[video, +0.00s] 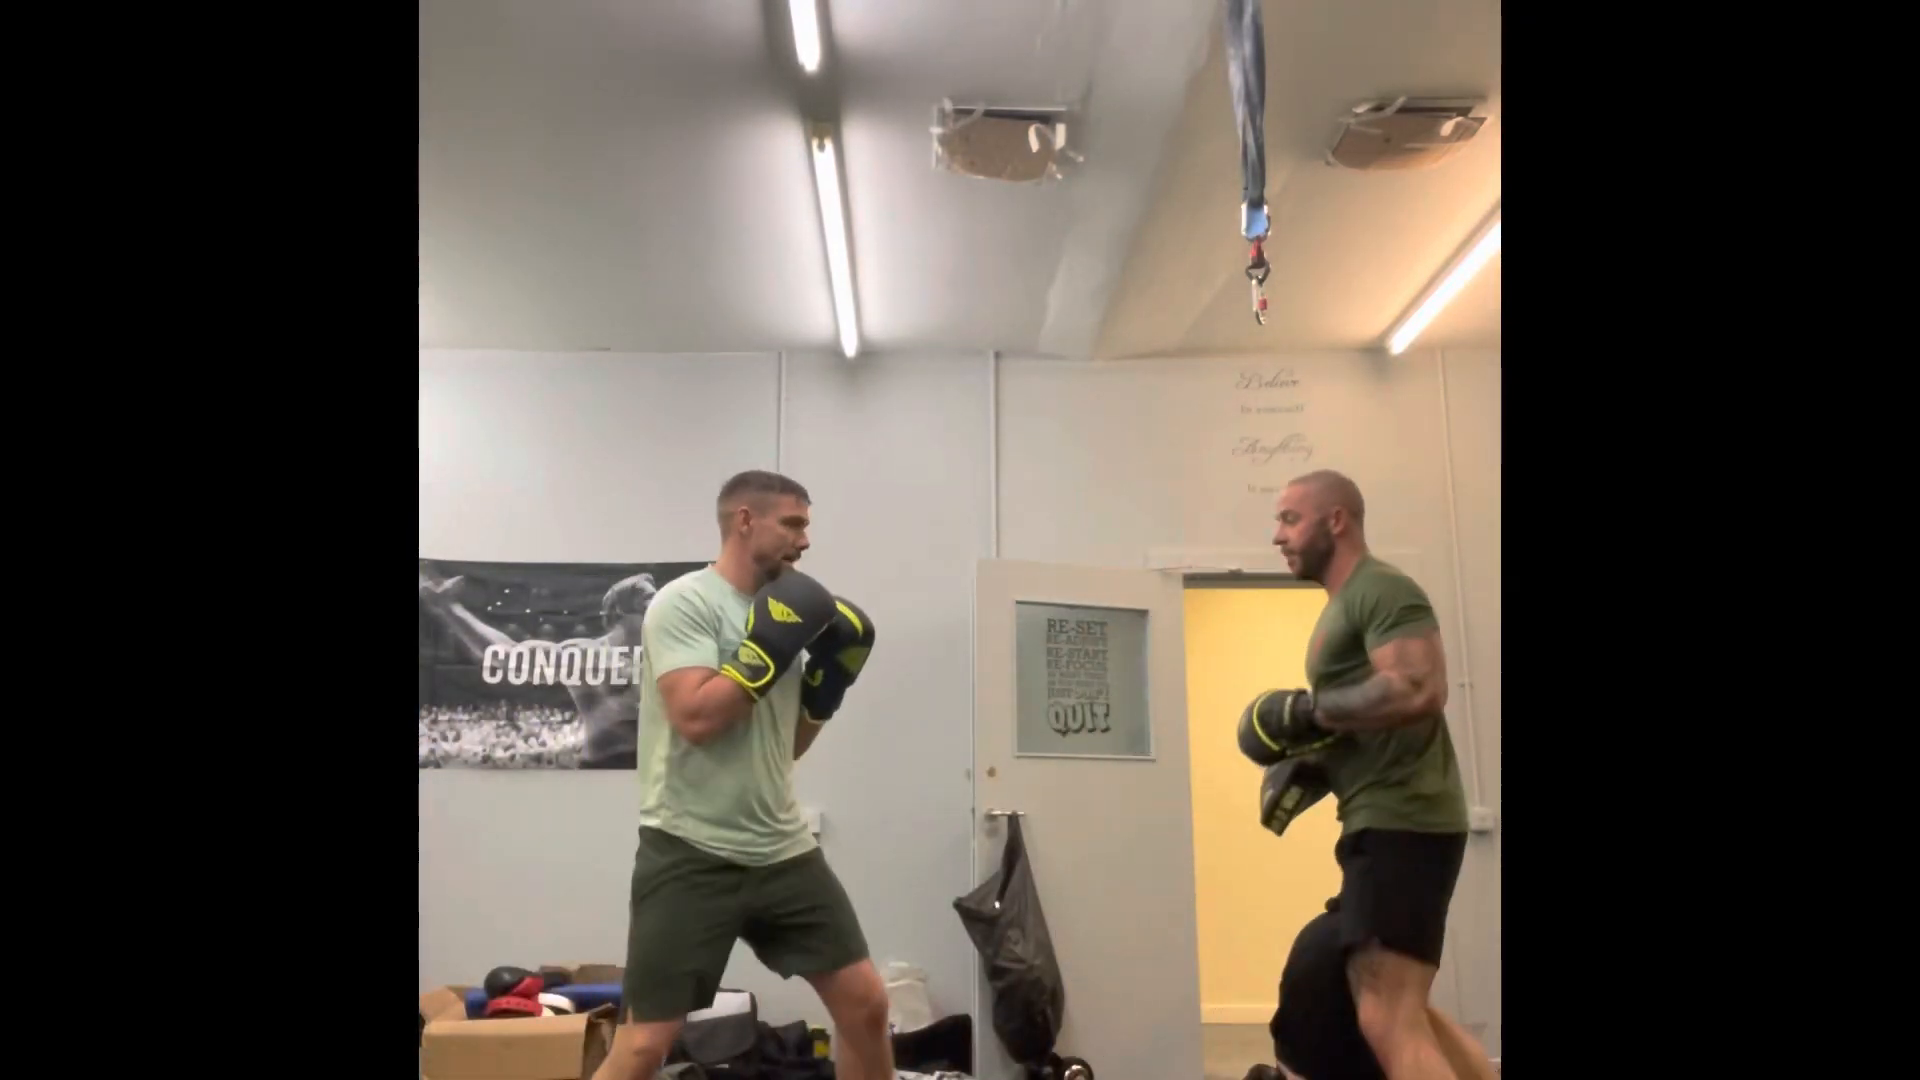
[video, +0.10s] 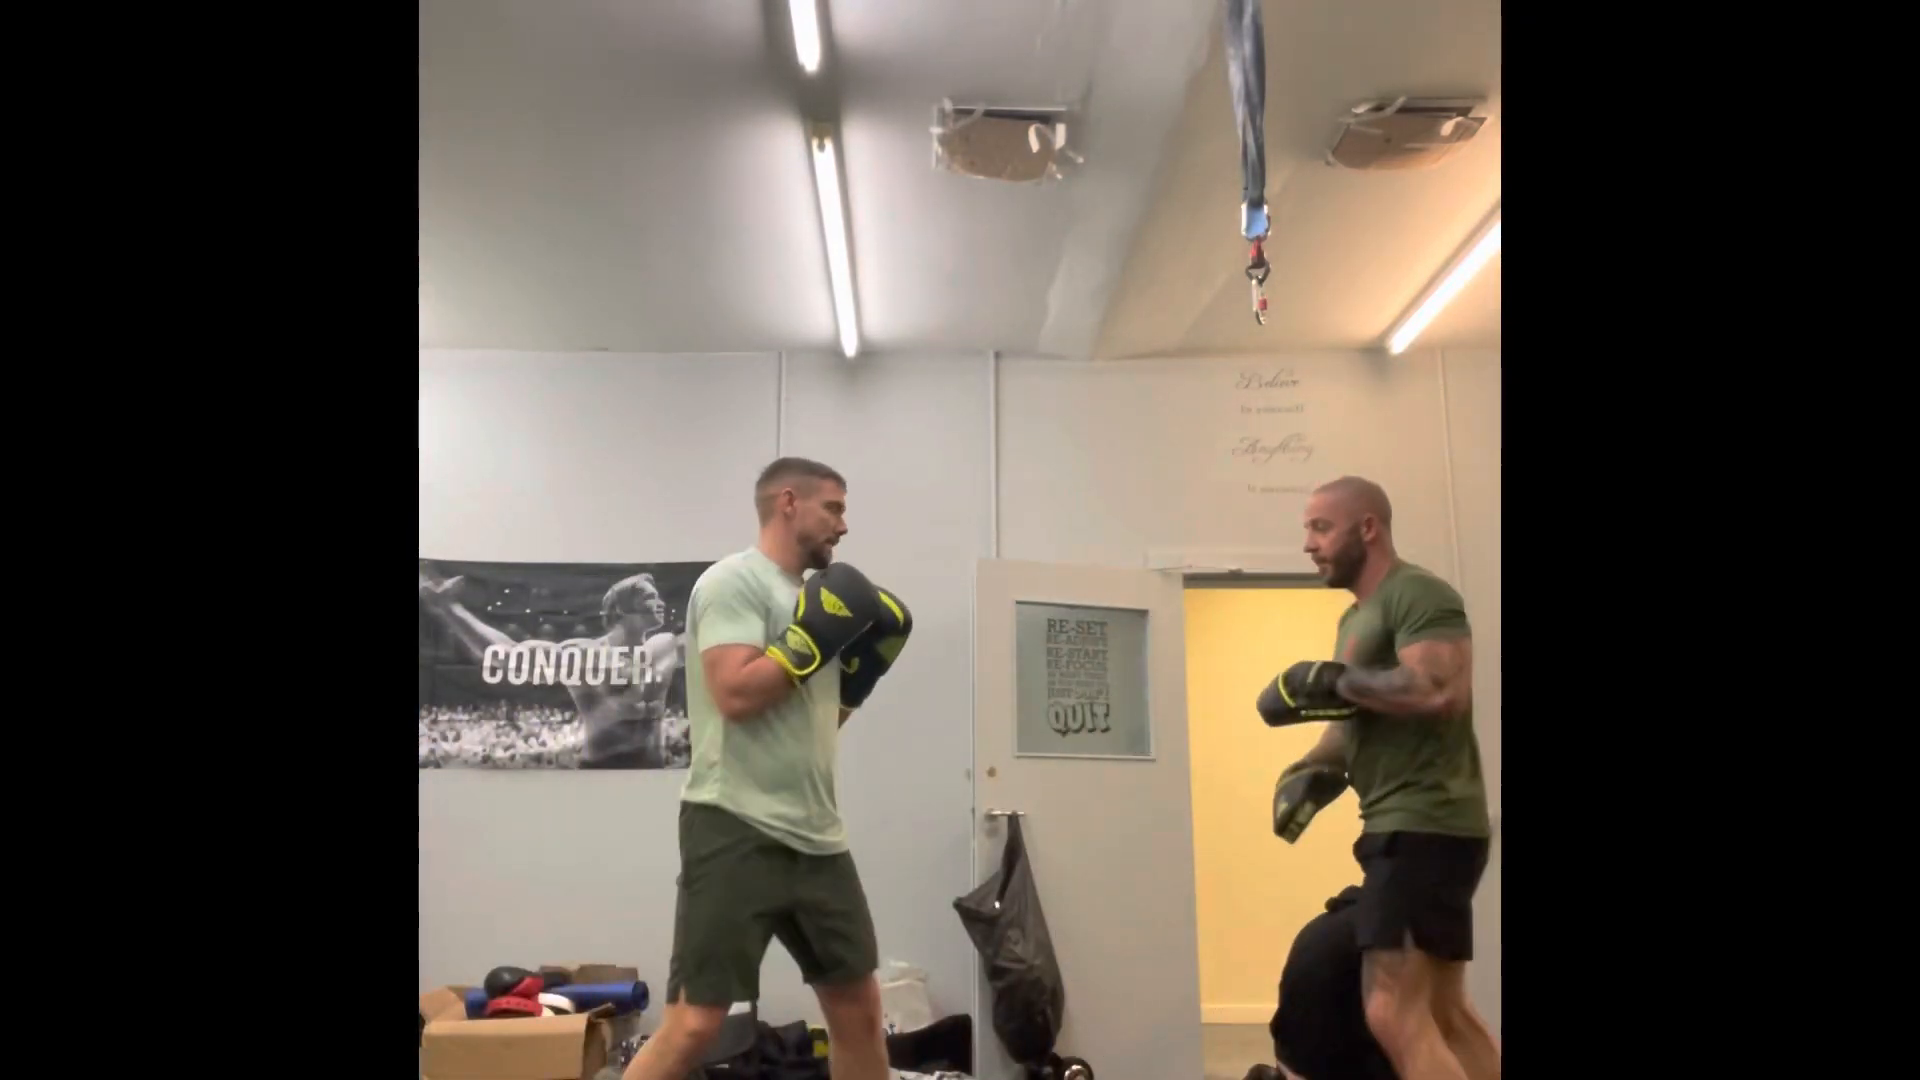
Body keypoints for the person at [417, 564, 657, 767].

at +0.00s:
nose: (656, 609)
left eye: (655, 602)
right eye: (647, 603)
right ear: (620, 612)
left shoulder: (665, 651)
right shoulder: (581, 655)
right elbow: (508, 653)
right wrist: (448, 607)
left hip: (657, 763)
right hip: (607, 764)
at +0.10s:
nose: (660, 604)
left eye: (658, 598)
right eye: (649, 599)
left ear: (658, 606)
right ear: (621, 611)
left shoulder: (666, 647)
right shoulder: (580, 655)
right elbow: (508, 654)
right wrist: (449, 609)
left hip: (652, 772)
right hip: (601, 772)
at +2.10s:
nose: (662, 608)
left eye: (660, 601)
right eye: (651, 602)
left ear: (652, 611)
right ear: (623, 613)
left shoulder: (665, 648)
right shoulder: (580, 655)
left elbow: (708, 634)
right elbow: (506, 653)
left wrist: (736, 604)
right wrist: (449, 608)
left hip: (651, 772)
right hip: (599, 774)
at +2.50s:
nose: (660, 617)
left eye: (661, 609)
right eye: (650, 609)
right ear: (621, 615)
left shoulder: (661, 652)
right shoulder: (582, 656)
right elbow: (508, 653)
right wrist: (447, 608)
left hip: (659, 770)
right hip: (605, 771)